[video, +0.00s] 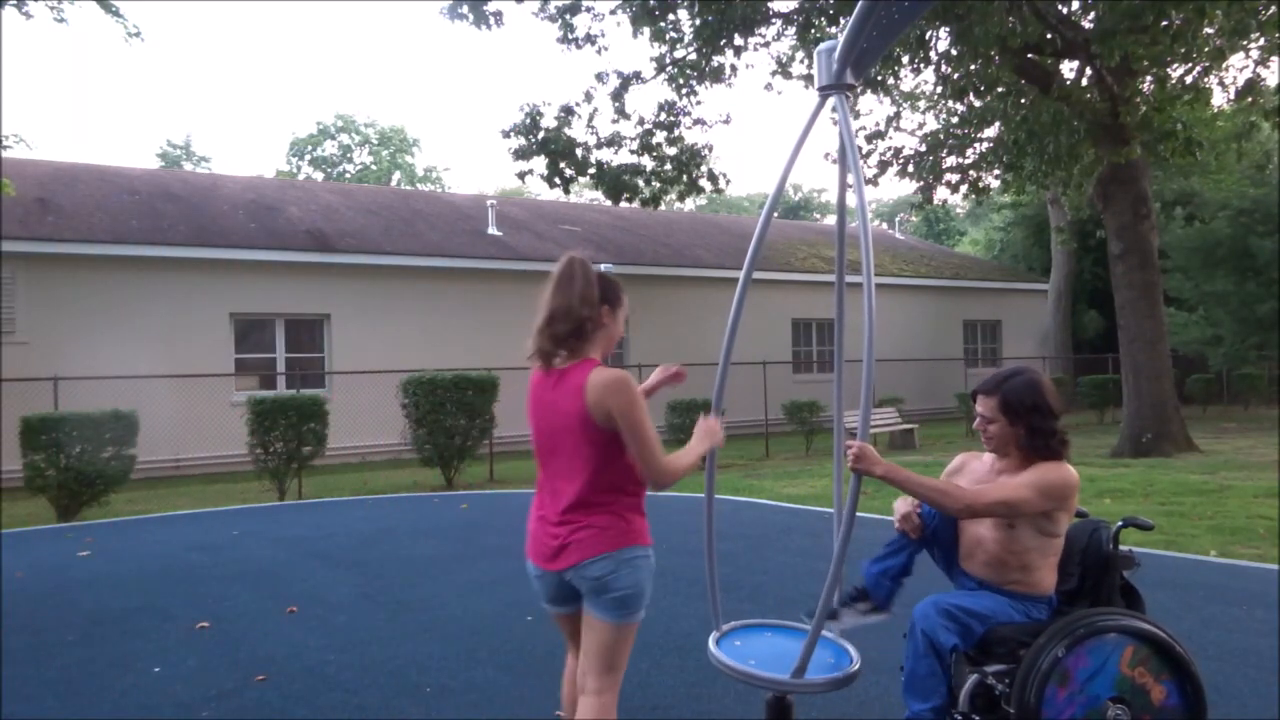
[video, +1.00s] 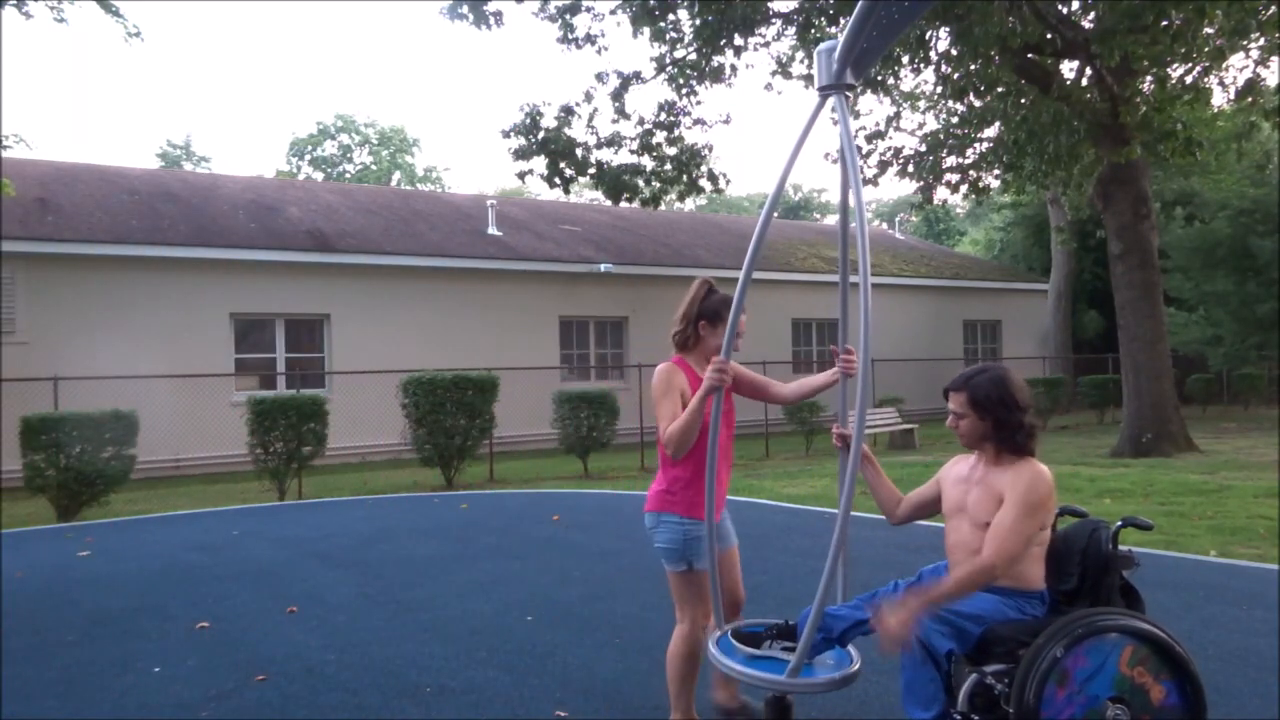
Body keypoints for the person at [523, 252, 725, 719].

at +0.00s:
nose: (623, 327)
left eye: (624, 317)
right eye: (623, 316)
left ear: (565, 315)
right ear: (604, 315)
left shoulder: (541, 377)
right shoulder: (609, 382)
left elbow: (587, 425)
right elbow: (660, 474)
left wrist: (644, 390)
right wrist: (702, 443)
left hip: (547, 544)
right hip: (611, 548)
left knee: (577, 654)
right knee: (599, 689)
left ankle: (570, 714)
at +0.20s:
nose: (652, 339)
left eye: (652, 329)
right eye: (650, 328)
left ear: (606, 328)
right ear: (626, 329)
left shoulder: (574, 383)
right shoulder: (628, 394)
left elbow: (638, 399)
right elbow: (684, 463)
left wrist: (698, 370)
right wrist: (708, 407)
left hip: (575, 541)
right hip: (630, 544)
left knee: (609, 648)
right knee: (627, 674)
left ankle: (605, 714)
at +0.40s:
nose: (683, 333)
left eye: (682, 323)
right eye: (678, 323)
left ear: (645, 323)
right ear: (652, 323)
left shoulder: (624, 369)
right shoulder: (635, 379)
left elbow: (704, 386)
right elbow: (666, 462)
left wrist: (764, 366)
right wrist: (703, 411)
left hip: (599, 521)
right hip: (641, 524)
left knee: (627, 633)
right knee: (663, 635)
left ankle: (615, 715)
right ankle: (636, 714)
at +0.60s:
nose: (708, 338)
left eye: (708, 329)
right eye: (703, 328)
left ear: (677, 327)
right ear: (676, 326)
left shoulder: (679, 371)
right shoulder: (645, 378)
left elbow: (737, 389)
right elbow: (655, 456)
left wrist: (802, 371)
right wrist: (704, 408)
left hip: (630, 516)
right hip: (654, 520)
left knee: (646, 621)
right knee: (679, 622)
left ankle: (619, 715)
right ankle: (682, 713)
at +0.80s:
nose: (721, 344)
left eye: (722, 335)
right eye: (717, 335)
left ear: (697, 332)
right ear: (691, 333)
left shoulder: (705, 374)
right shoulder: (659, 382)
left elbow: (763, 390)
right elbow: (662, 458)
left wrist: (821, 376)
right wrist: (702, 409)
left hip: (687, 509)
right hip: (664, 514)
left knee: (692, 609)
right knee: (689, 618)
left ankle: (641, 685)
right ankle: (682, 713)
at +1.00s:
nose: (737, 343)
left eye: (740, 334)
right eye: (732, 333)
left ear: (713, 329)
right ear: (704, 330)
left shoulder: (721, 369)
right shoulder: (669, 374)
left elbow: (783, 392)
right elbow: (672, 445)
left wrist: (836, 373)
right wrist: (703, 392)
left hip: (713, 508)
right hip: (676, 513)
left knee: (733, 604)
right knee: (695, 620)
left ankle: (726, 694)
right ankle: (681, 713)